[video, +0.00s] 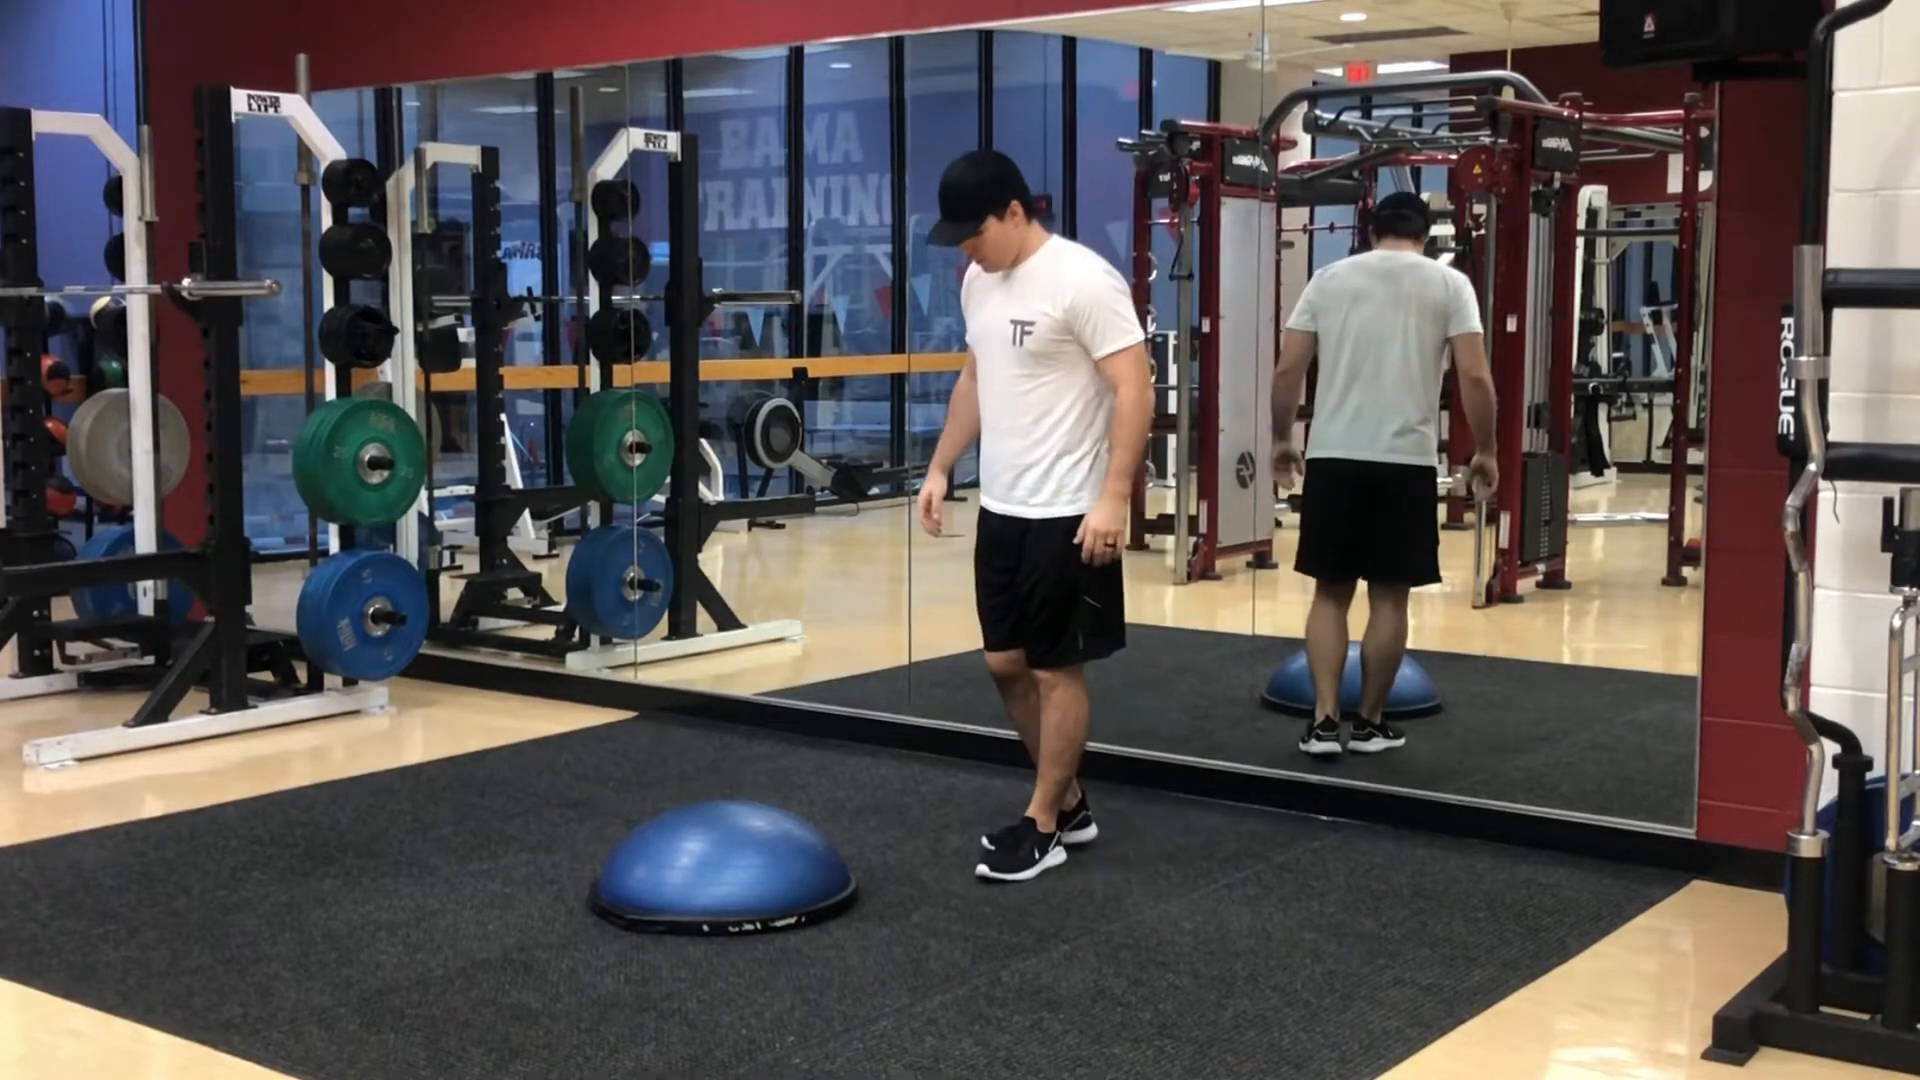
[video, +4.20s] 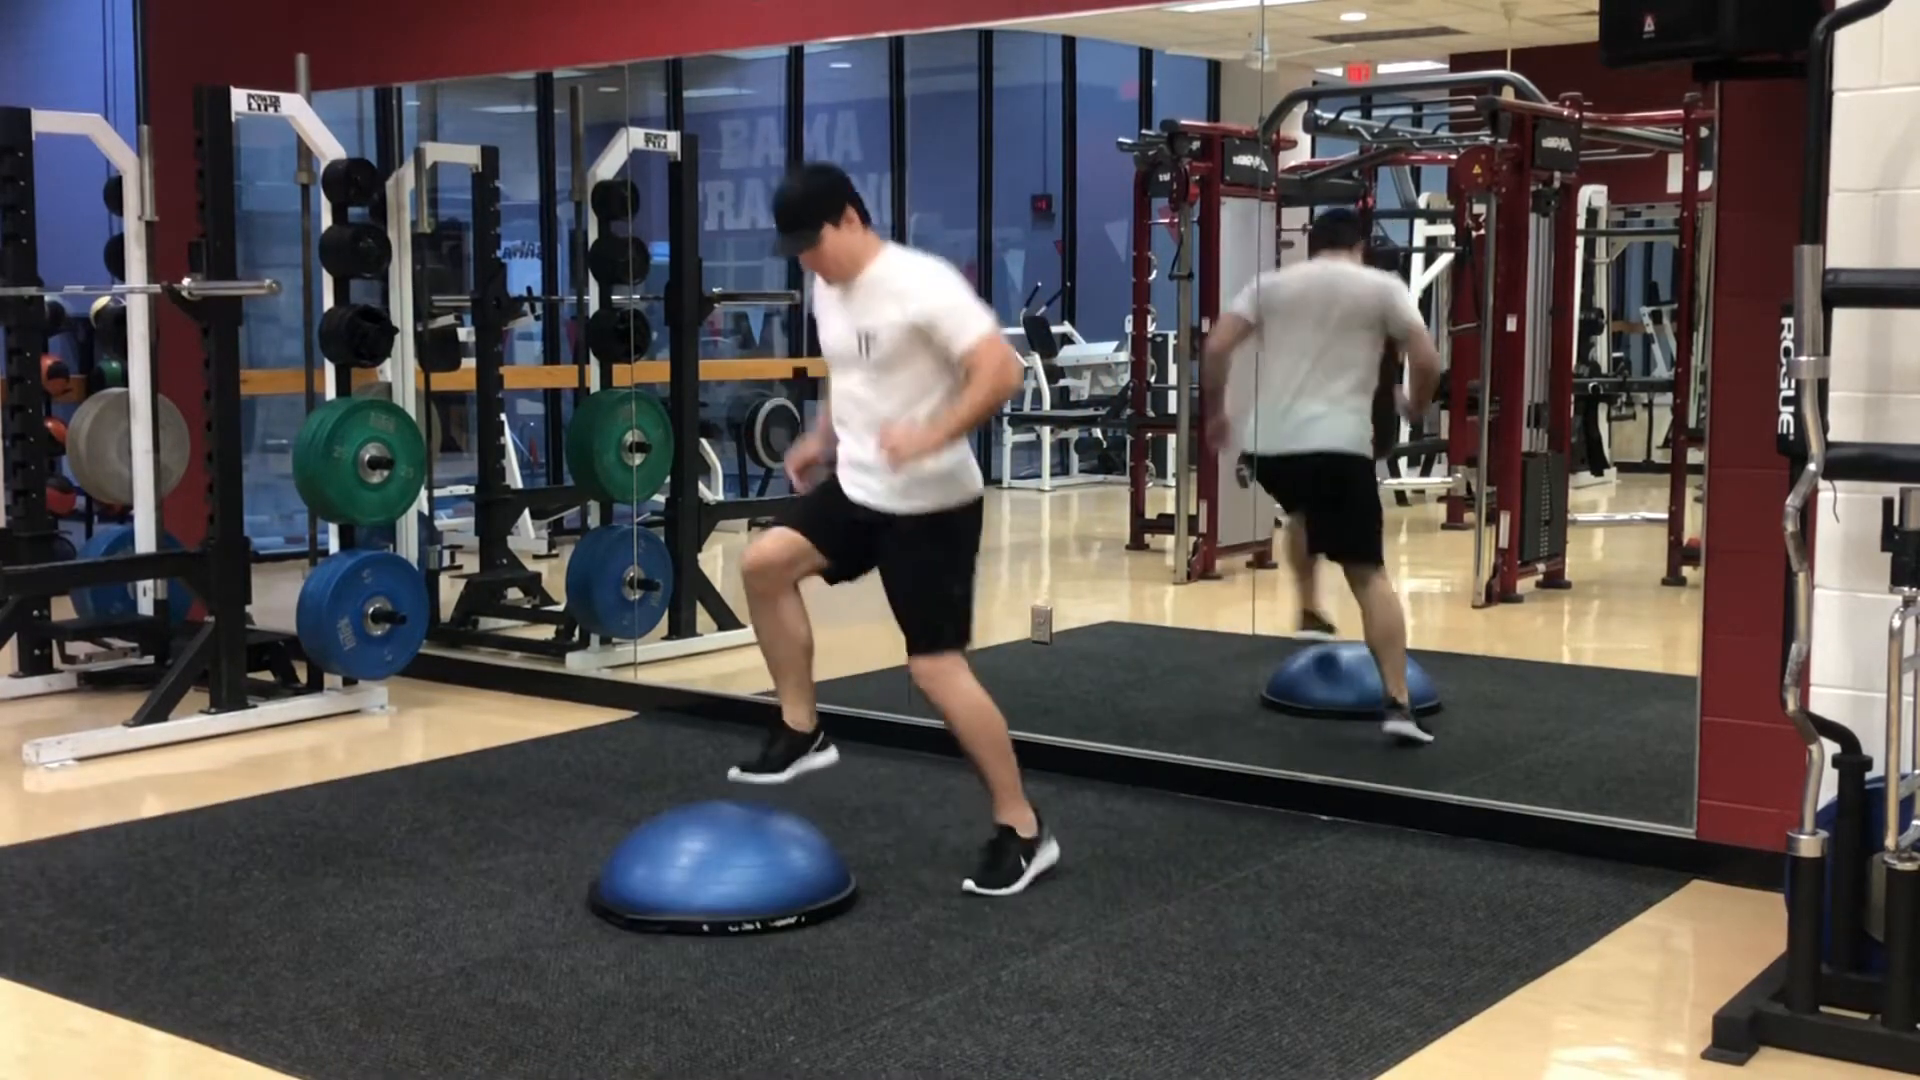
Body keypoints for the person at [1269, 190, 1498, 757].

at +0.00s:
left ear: (1371, 233)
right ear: (1424, 237)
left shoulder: (1329, 278)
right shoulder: (1449, 283)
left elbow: (1287, 370)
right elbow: (1475, 379)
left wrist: (1282, 438)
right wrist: (1485, 450)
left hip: (1333, 463)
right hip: (1406, 469)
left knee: (1331, 591)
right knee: (1390, 598)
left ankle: (1324, 720)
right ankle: (1369, 722)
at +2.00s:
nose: (1414, 246)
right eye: (1421, 238)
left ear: (1371, 234)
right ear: (1422, 238)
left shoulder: (1328, 278)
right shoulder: (1447, 280)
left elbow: (1289, 367)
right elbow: (1474, 373)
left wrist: (1286, 436)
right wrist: (1482, 443)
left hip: (1329, 452)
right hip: (1402, 460)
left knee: (1339, 550)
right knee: (1388, 589)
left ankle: (1325, 671)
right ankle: (1370, 718)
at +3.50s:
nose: (1380, 246)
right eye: (1382, 238)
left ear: (1331, 230)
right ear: (1377, 235)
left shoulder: (1286, 271)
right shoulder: (1395, 276)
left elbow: (1230, 338)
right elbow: (1436, 340)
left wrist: (1253, 375)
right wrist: (1433, 381)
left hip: (1280, 440)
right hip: (1352, 447)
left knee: (1291, 521)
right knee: (1366, 578)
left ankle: (1262, 629)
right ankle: (1368, 706)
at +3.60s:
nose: (1365, 228)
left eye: (1359, 222)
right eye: (1365, 221)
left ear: (1312, 215)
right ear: (1361, 218)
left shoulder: (1265, 254)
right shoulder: (1371, 255)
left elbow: (1212, 321)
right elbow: (1392, 315)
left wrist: (1251, 373)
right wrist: (1390, 362)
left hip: (1267, 420)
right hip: (1335, 425)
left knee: (1261, 534)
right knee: (1370, 543)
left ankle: (1215, 644)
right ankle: (1356, 659)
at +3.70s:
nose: (1344, 245)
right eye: (1343, 238)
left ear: (1294, 233)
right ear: (1340, 237)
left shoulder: (1247, 275)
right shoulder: (1344, 271)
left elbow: (1202, 350)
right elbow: (1348, 335)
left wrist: (1235, 388)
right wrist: (1354, 382)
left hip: (1247, 437)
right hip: (1311, 438)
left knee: (1232, 557)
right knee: (1371, 513)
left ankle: (1187, 677)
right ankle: (1327, 618)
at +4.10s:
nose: (1345, 231)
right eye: (1346, 223)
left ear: (1295, 221)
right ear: (1343, 222)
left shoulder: (1252, 263)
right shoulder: (1362, 256)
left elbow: (1196, 330)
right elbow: (1401, 308)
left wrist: (1229, 376)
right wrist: (1400, 356)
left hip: (1262, 423)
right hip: (1331, 423)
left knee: (1272, 522)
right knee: (1365, 544)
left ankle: (1243, 629)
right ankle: (1379, 665)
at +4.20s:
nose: (1363, 256)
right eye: (1364, 247)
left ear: (1310, 247)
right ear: (1361, 247)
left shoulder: (1270, 284)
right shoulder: (1384, 287)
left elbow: (1216, 344)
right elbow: (1428, 362)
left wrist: (1214, 412)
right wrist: (1415, 404)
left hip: (1270, 448)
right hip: (1342, 450)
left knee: (1300, 515)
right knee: (1370, 576)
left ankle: (1308, 606)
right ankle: (1399, 704)